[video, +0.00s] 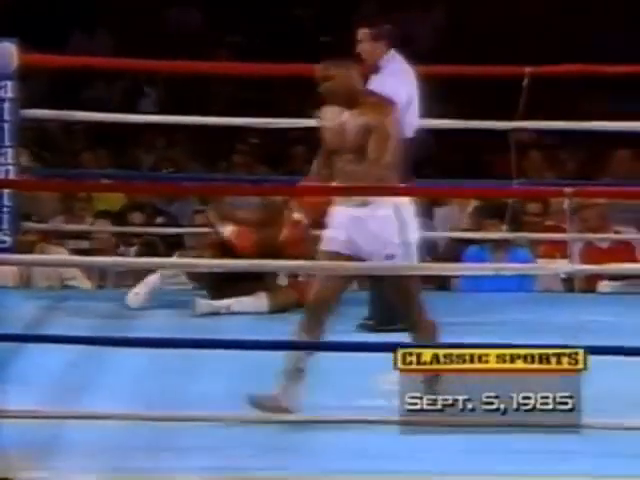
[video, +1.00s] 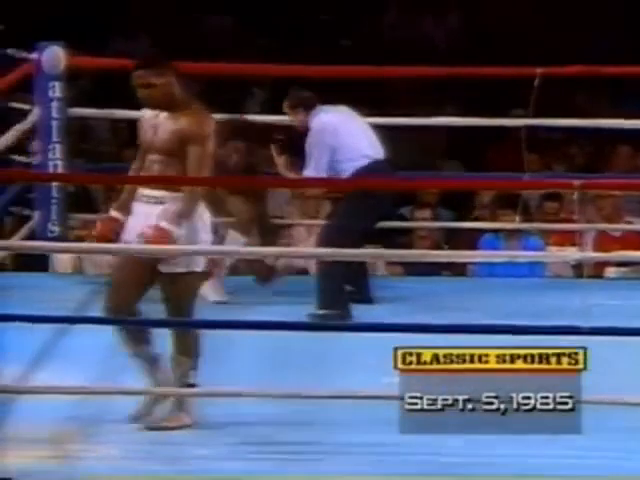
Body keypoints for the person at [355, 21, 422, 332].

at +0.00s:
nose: (358, 49)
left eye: (363, 42)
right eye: (358, 42)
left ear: (382, 43)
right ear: (377, 43)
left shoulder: (388, 80)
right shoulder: (394, 68)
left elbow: (373, 121)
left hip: (395, 148)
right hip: (401, 143)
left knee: (383, 225)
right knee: (382, 225)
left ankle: (387, 310)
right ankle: (385, 307)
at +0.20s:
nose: (340, 62)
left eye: (342, 55)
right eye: (339, 56)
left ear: (353, 53)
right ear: (362, 50)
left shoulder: (371, 79)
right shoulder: (385, 71)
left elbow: (370, 134)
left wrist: (349, 172)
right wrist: (352, 132)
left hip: (381, 150)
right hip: (394, 145)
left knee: (375, 232)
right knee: (380, 230)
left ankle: (385, 309)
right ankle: (384, 304)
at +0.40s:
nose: (317, 74)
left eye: (318, 67)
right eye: (316, 68)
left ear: (328, 64)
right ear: (340, 60)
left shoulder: (344, 85)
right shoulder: (369, 74)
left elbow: (349, 143)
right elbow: (382, 121)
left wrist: (331, 176)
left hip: (369, 154)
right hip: (388, 148)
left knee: (361, 231)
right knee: (361, 226)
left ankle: (382, 310)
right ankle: (354, 295)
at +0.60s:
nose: (293, 96)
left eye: (294, 89)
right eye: (292, 89)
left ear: (305, 87)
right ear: (317, 83)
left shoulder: (325, 104)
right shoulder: (345, 95)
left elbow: (323, 164)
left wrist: (293, 164)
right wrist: (299, 159)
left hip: (357, 167)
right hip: (376, 161)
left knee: (332, 236)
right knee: (341, 231)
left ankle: (364, 294)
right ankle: (339, 294)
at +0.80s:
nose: (287, 117)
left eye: (287, 110)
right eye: (285, 111)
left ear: (299, 105)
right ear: (307, 102)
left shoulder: (316, 123)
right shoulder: (339, 110)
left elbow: (314, 177)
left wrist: (282, 171)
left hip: (355, 180)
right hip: (378, 174)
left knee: (324, 242)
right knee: (336, 239)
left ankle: (319, 310)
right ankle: (342, 297)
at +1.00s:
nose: (293, 123)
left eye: (292, 117)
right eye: (290, 117)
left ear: (301, 111)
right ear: (312, 105)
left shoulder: (320, 125)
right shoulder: (342, 112)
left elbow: (314, 178)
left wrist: (284, 172)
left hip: (363, 182)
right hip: (383, 174)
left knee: (329, 240)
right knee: (347, 235)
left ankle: (333, 308)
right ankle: (359, 289)